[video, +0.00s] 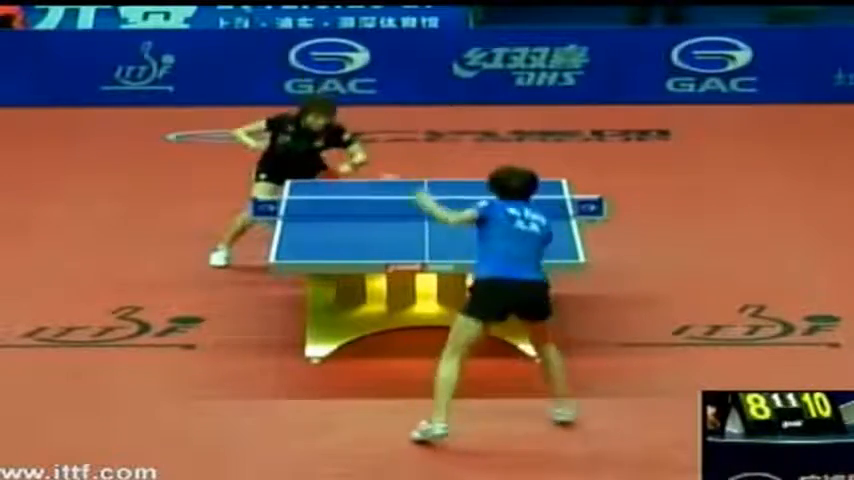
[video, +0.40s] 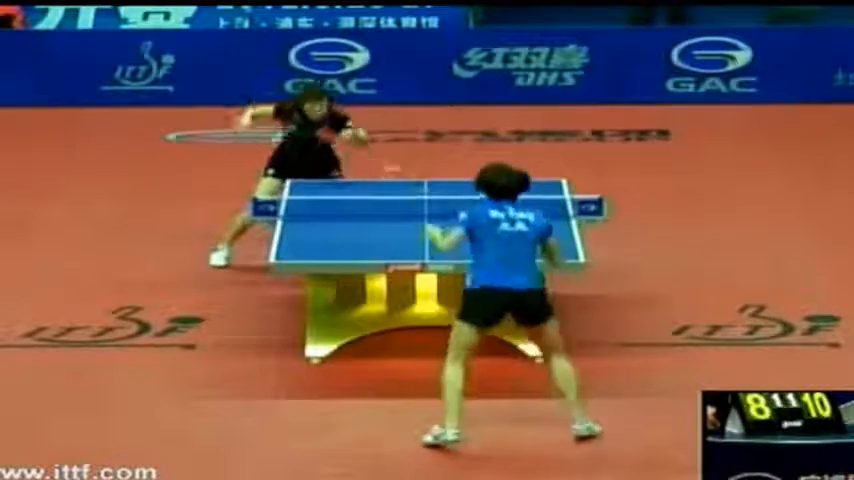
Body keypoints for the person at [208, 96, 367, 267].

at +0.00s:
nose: (318, 124)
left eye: (323, 120)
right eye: (315, 118)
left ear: (329, 120)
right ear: (306, 115)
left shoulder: (332, 131)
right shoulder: (284, 123)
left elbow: (361, 155)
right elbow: (239, 132)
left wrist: (350, 165)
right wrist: (252, 143)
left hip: (306, 176)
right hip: (273, 172)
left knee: (316, 213)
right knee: (259, 210)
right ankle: (224, 247)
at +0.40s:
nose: (317, 109)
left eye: (321, 104)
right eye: (312, 105)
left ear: (327, 104)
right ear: (303, 106)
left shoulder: (334, 118)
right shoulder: (290, 111)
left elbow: (362, 141)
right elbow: (254, 111)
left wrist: (355, 136)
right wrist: (247, 118)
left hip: (321, 160)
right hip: (288, 158)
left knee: (337, 204)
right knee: (260, 206)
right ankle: (225, 246)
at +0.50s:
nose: (322, 94)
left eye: (326, 88)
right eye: (318, 88)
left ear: (333, 88)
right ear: (309, 87)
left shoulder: (339, 105)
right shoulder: (294, 94)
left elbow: (368, 133)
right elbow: (261, 102)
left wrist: (354, 129)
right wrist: (248, 114)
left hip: (319, 156)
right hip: (284, 154)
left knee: (340, 201)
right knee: (260, 205)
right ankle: (225, 245)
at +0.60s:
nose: (324, 88)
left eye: (328, 83)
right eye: (319, 82)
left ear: (334, 84)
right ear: (309, 82)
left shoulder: (339, 104)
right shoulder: (294, 92)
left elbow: (362, 126)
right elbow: (263, 103)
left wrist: (361, 132)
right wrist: (251, 120)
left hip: (315, 150)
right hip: (281, 148)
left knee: (342, 196)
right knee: (258, 201)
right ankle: (221, 243)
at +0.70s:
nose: (320, 95)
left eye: (325, 91)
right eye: (316, 89)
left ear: (332, 93)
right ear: (307, 88)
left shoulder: (335, 109)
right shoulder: (290, 99)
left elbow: (347, 132)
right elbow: (264, 114)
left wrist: (351, 140)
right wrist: (254, 124)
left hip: (314, 155)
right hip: (281, 153)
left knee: (335, 197)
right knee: (257, 204)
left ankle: (341, 255)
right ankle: (210, 247)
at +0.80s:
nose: (313, 99)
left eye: (317, 95)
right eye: (309, 93)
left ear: (323, 97)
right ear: (298, 93)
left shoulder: (325, 118)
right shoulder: (279, 107)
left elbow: (340, 138)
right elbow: (249, 121)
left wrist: (341, 146)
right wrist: (243, 133)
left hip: (304, 165)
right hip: (269, 163)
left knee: (328, 202)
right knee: (247, 211)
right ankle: (205, 250)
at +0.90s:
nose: (305, 89)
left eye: (307, 85)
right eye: (299, 84)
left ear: (309, 88)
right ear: (286, 85)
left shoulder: (307, 111)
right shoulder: (262, 104)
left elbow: (318, 135)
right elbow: (219, 116)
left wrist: (331, 141)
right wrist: (239, 127)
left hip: (280, 158)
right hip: (247, 157)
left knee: (304, 201)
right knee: (227, 212)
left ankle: (297, 253)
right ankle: (200, 248)